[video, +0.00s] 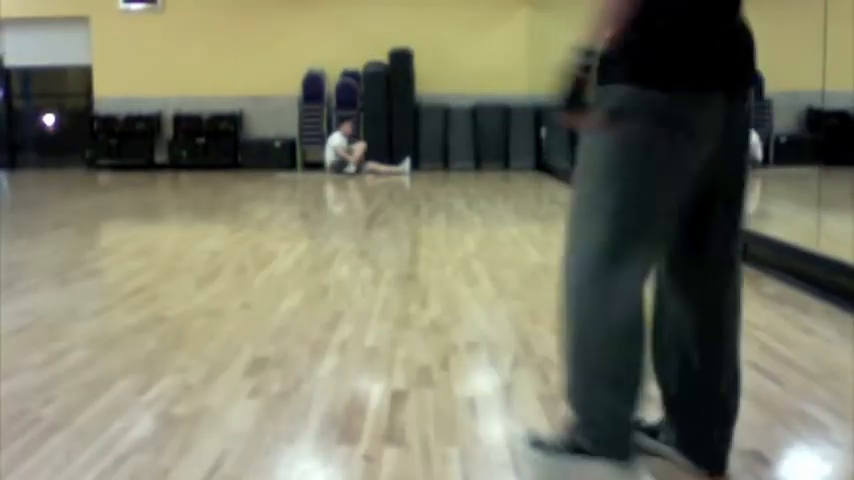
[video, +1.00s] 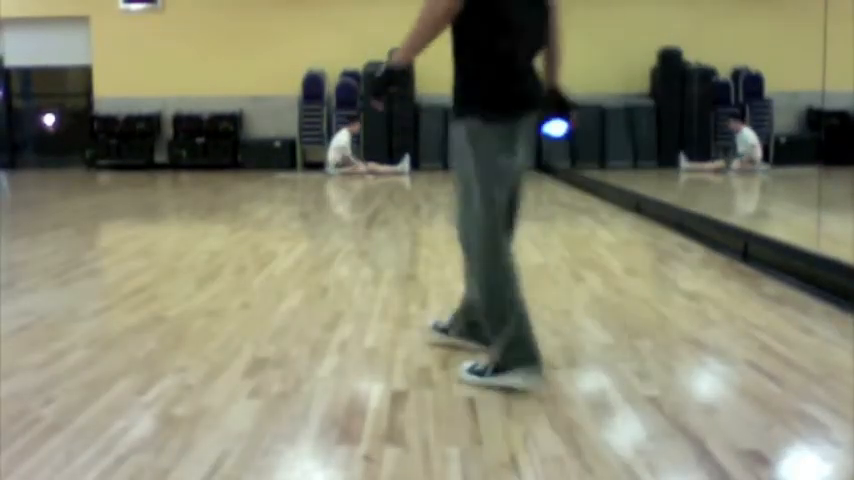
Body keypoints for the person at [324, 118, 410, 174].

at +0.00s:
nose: (350, 130)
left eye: (351, 128)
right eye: (348, 127)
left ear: (350, 129)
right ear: (342, 127)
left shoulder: (344, 139)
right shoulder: (337, 137)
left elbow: (346, 151)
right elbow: (340, 152)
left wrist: (355, 158)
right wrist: (352, 160)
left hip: (342, 164)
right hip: (335, 164)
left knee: (371, 166)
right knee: (361, 145)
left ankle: (400, 170)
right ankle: (352, 166)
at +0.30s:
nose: (349, 129)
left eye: (350, 126)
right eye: (347, 126)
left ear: (349, 128)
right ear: (340, 126)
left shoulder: (343, 138)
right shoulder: (336, 139)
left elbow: (346, 155)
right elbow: (340, 161)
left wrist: (354, 156)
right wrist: (353, 157)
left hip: (342, 166)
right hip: (334, 168)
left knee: (370, 166)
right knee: (360, 153)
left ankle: (400, 170)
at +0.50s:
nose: (349, 128)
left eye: (350, 125)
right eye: (347, 125)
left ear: (348, 127)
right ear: (341, 125)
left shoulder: (343, 138)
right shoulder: (336, 138)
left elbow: (344, 155)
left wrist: (354, 159)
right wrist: (352, 162)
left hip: (343, 166)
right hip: (336, 169)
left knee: (371, 165)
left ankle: (399, 169)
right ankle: (400, 170)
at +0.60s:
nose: (351, 127)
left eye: (352, 124)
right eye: (350, 124)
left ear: (347, 125)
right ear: (343, 124)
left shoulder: (342, 136)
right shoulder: (338, 136)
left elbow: (342, 153)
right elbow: (333, 151)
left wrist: (353, 162)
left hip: (342, 166)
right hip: (337, 169)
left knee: (371, 165)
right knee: (370, 166)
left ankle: (398, 169)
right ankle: (399, 170)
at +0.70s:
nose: (353, 128)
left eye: (354, 125)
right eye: (352, 125)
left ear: (350, 126)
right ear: (345, 124)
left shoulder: (343, 136)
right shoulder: (340, 135)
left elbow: (345, 153)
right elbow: (333, 151)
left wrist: (354, 163)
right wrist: (340, 167)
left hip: (346, 165)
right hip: (338, 168)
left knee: (372, 165)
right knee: (370, 167)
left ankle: (399, 169)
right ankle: (399, 170)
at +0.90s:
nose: (358, 129)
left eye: (359, 126)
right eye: (358, 126)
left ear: (352, 124)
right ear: (353, 124)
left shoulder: (345, 134)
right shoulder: (343, 135)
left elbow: (347, 155)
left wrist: (355, 164)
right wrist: (352, 167)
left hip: (343, 166)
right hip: (338, 169)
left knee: (370, 165)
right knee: (369, 167)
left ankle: (397, 168)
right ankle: (398, 169)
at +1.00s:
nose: (359, 130)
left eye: (359, 127)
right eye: (359, 127)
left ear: (354, 125)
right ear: (354, 125)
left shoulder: (346, 134)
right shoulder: (345, 136)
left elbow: (348, 156)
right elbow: (348, 157)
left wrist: (360, 164)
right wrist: (361, 166)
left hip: (341, 166)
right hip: (336, 169)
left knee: (370, 165)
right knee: (369, 167)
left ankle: (397, 168)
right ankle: (397, 169)